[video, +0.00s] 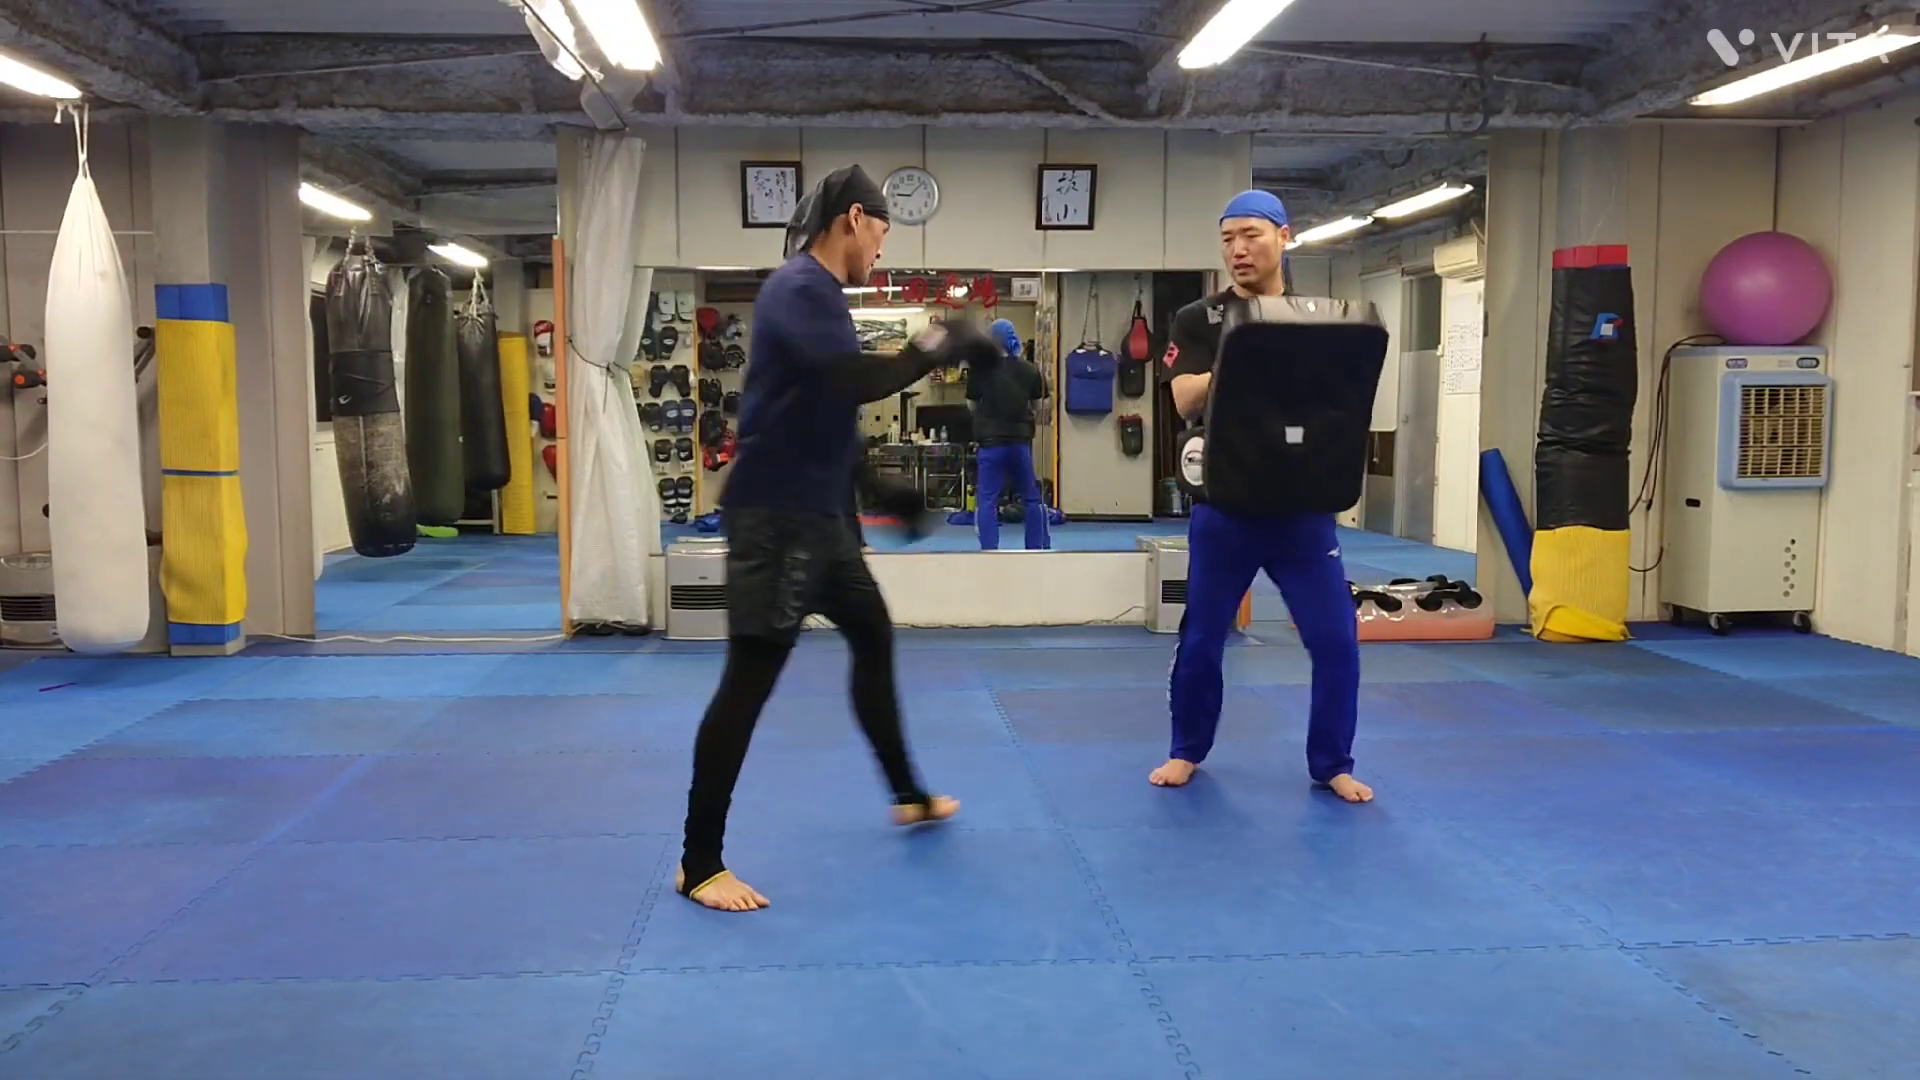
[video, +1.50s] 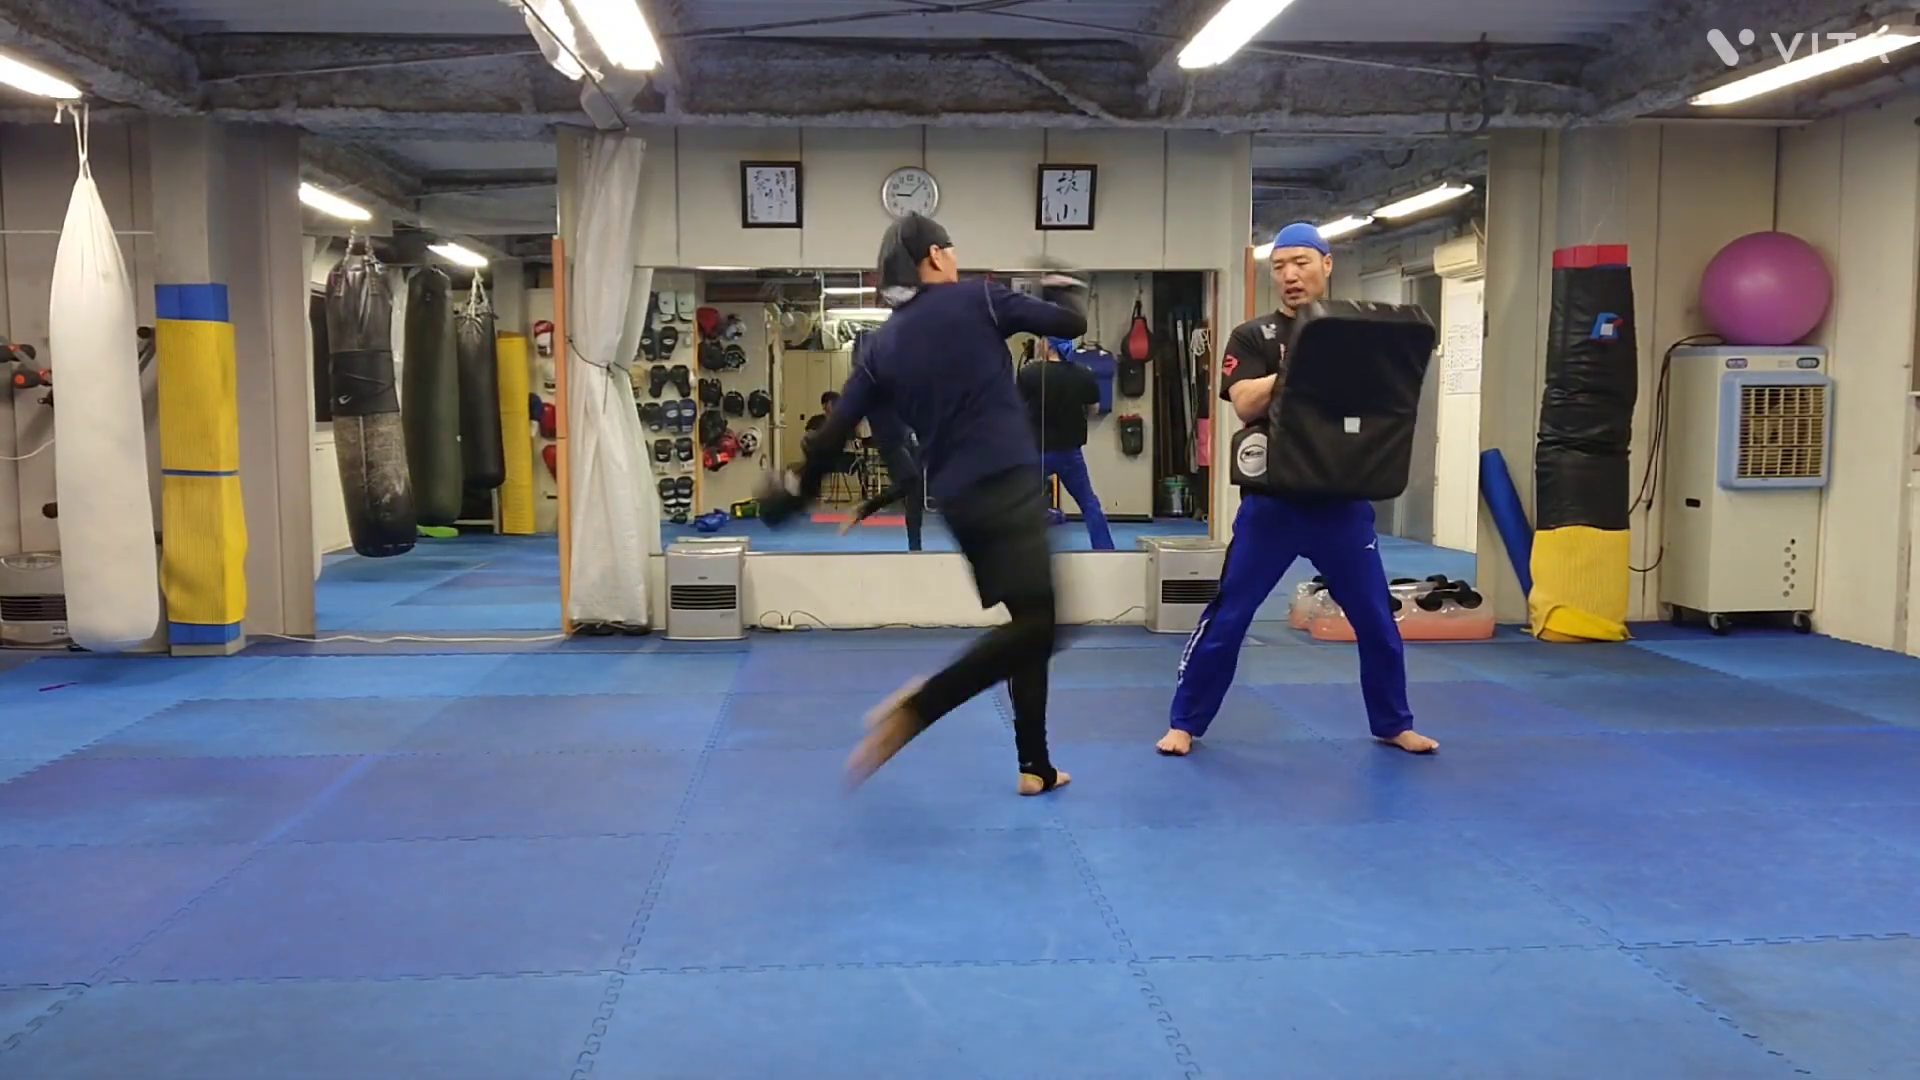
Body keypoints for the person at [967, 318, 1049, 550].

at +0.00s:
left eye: (990, 339)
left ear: (991, 342)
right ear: (1013, 340)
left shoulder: (981, 367)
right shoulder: (1027, 369)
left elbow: (972, 400)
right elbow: (1038, 400)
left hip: (990, 441)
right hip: (1019, 440)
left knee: (987, 497)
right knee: (1030, 495)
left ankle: (989, 549)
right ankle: (1036, 547)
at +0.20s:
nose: (990, 344)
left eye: (993, 340)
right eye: (992, 340)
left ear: (1000, 345)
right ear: (1017, 344)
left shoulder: (989, 374)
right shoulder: (1036, 373)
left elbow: (978, 406)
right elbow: (1049, 404)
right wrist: (1036, 421)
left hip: (994, 444)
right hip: (1025, 444)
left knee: (987, 499)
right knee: (1043, 495)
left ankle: (986, 552)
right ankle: (1063, 546)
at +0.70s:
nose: (1007, 341)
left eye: (1007, 338)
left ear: (1009, 338)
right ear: (1031, 336)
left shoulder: (1000, 362)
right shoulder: (1045, 361)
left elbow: (986, 395)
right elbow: (1054, 397)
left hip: (1005, 436)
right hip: (1039, 436)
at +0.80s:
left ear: (1020, 348)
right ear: (1048, 351)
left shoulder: (1002, 370)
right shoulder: (1052, 372)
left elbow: (990, 398)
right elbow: (1066, 404)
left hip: (1008, 444)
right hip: (1042, 444)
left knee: (996, 498)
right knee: (1062, 491)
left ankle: (986, 551)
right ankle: (1071, 546)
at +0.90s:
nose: (1015, 344)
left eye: (1016, 340)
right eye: (1016, 339)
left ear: (1022, 344)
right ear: (1043, 342)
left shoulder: (1010, 373)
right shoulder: (1060, 372)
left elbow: (999, 405)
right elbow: (1074, 406)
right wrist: (1058, 409)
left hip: (1015, 446)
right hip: (1051, 446)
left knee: (998, 500)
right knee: (1074, 497)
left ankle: (986, 552)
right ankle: (1089, 548)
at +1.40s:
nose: (1040, 346)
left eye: (1042, 342)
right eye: (1040, 342)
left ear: (1051, 345)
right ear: (1067, 344)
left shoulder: (1034, 373)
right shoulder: (1085, 375)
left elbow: (1022, 406)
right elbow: (1096, 410)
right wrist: (1076, 412)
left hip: (1037, 449)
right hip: (1072, 449)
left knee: (1020, 505)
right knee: (1091, 504)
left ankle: (1006, 557)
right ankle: (1107, 555)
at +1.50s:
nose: (1040, 346)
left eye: (1042, 342)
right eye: (1042, 342)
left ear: (1048, 347)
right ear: (1067, 348)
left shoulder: (1028, 373)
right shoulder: (1080, 374)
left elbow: (1020, 403)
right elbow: (1092, 405)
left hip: (1037, 451)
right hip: (1069, 450)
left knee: (1027, 509)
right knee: (1088, 501)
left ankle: (1024, 559)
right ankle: (1105, 551)